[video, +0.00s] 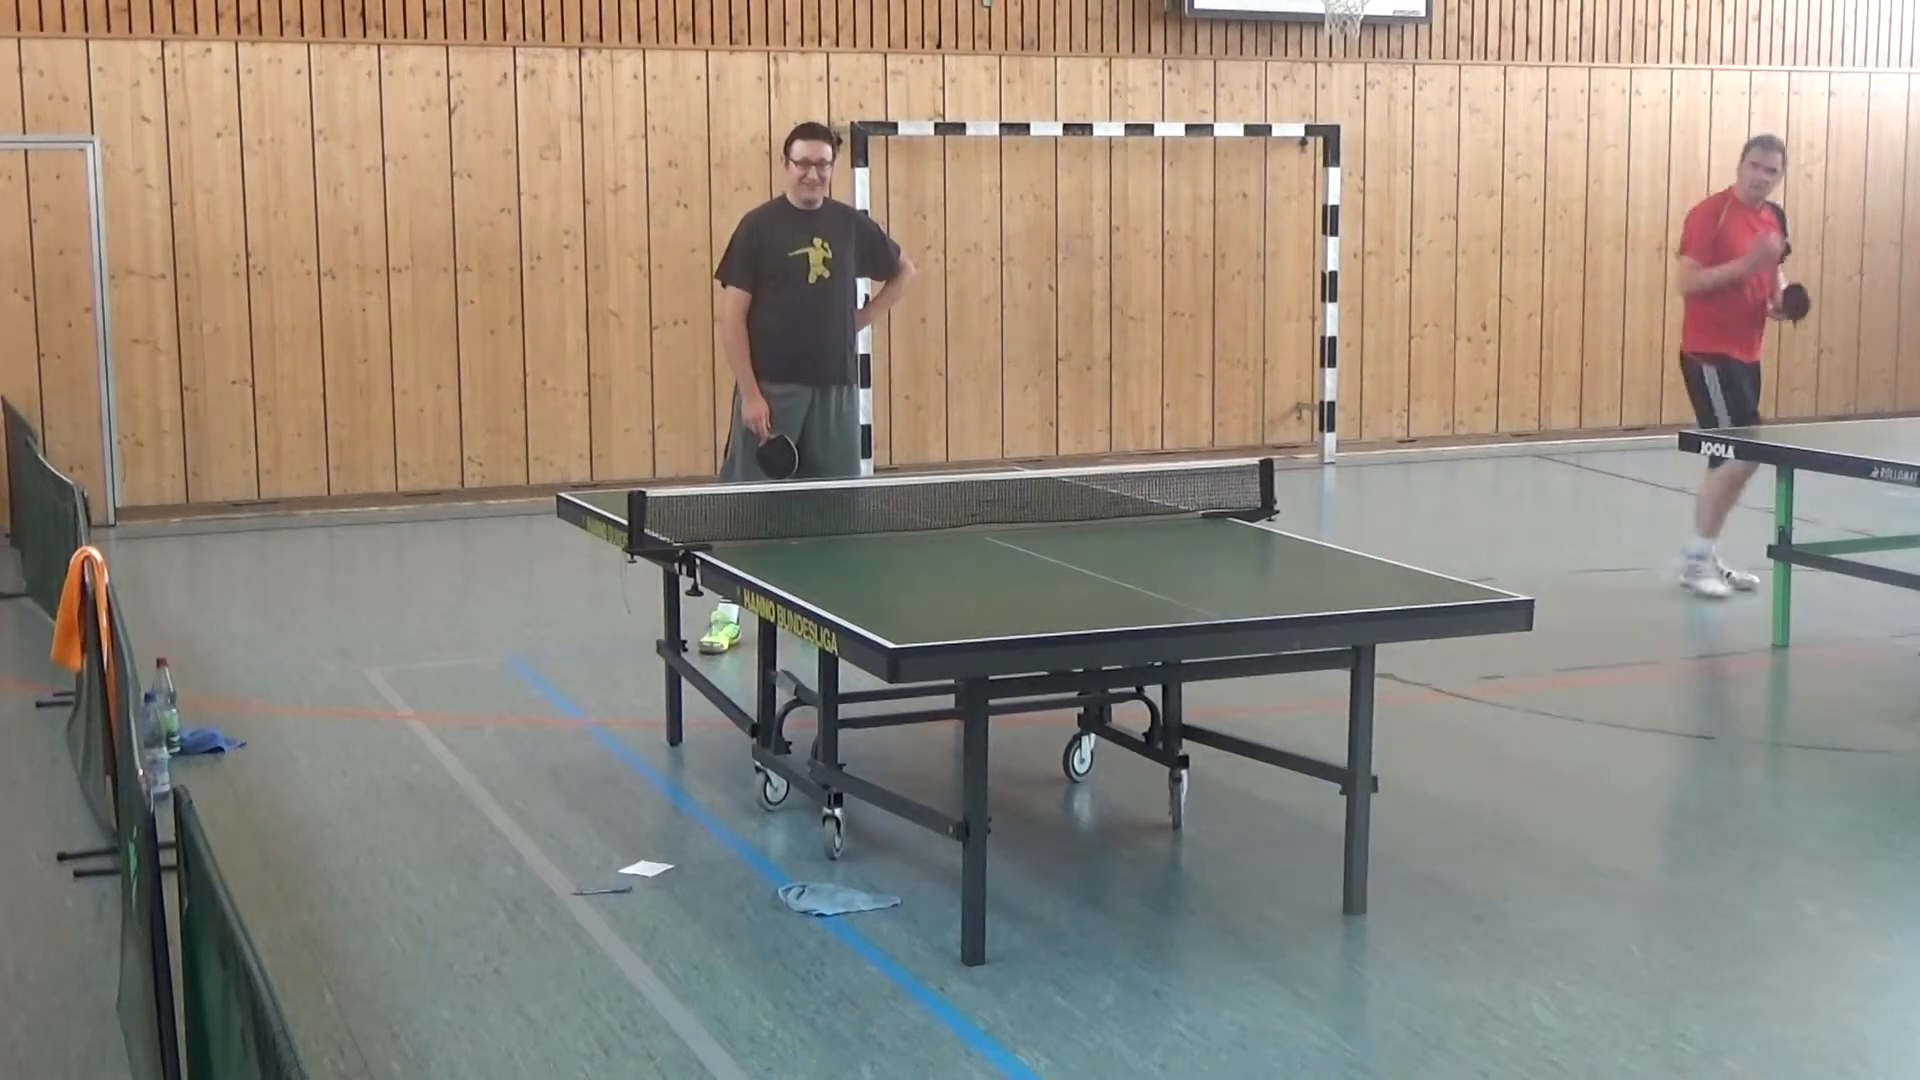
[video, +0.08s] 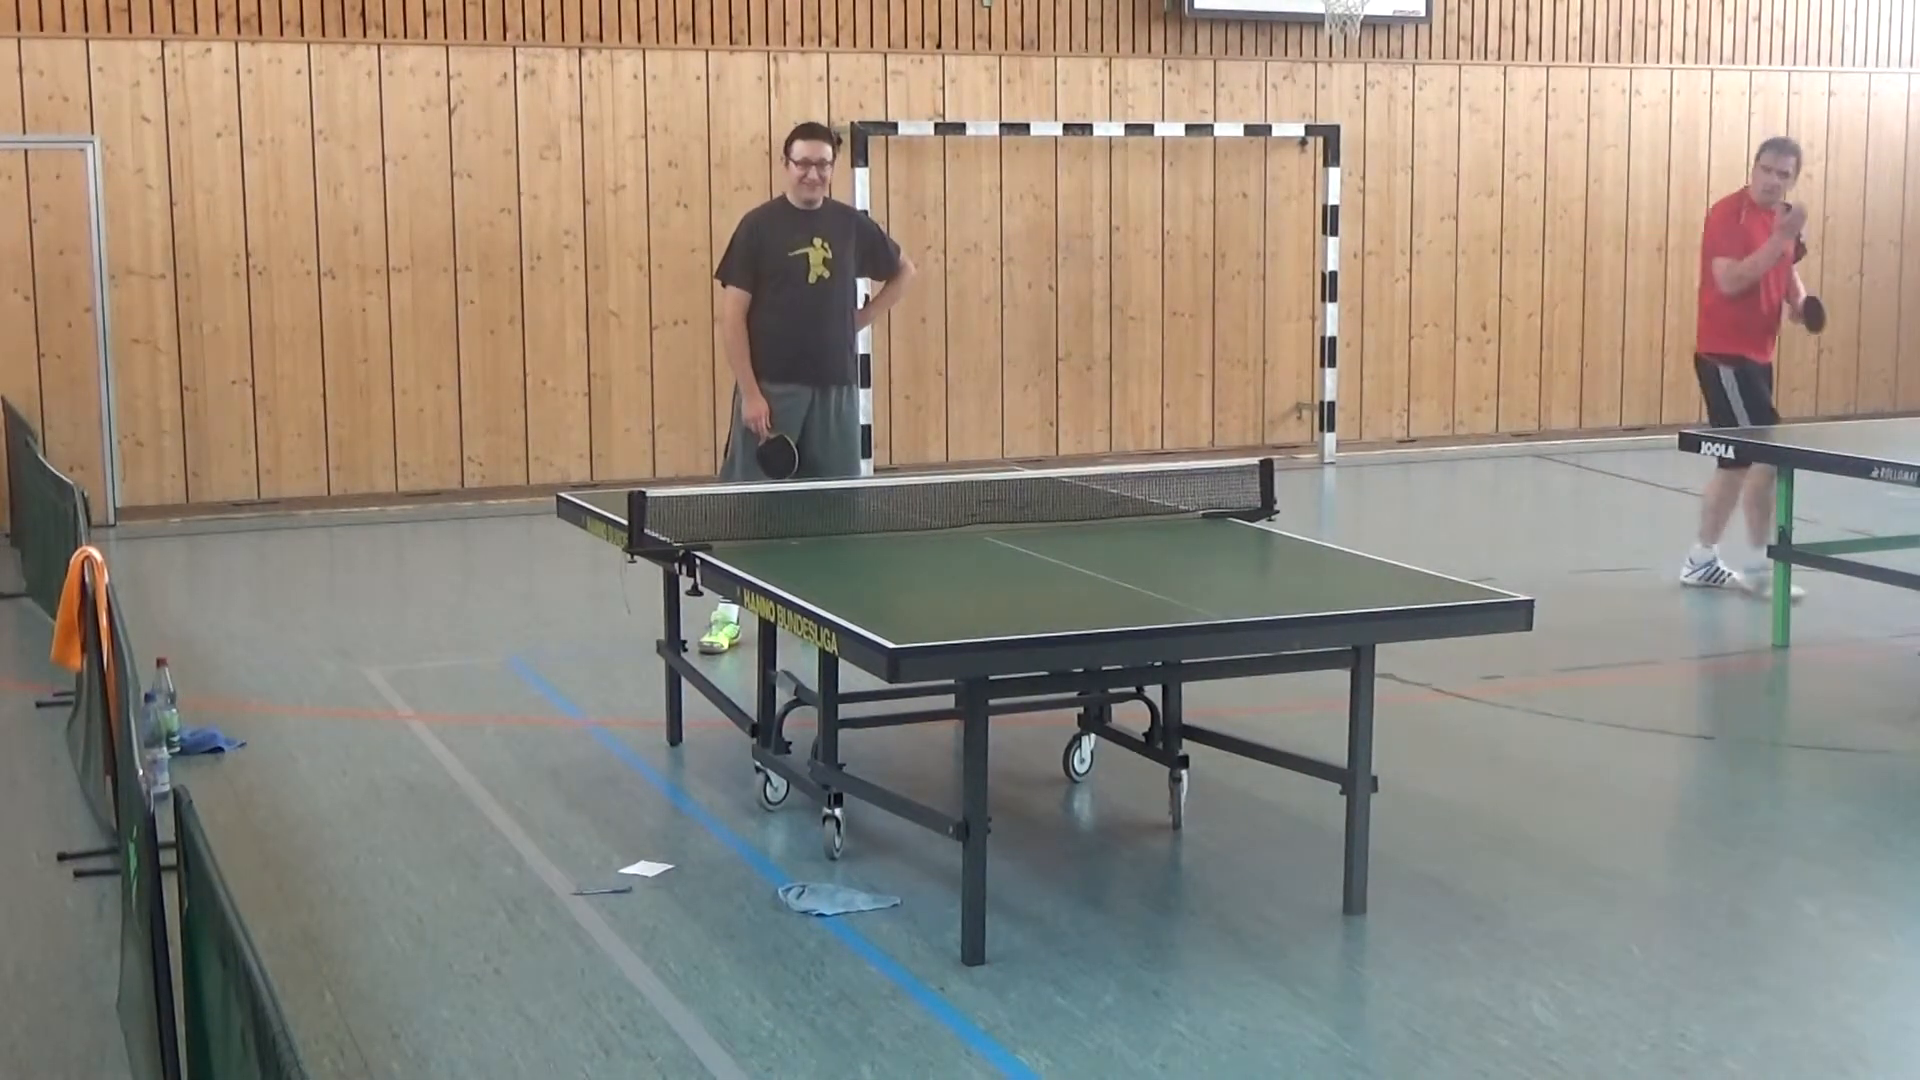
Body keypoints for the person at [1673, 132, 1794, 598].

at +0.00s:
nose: (1762, 177)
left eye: (1772, 171)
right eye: (1756, 166)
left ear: (1781, 176)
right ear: (1739, 165)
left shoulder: (1773, 218)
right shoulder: (1708, 213)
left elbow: (1770, 276)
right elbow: (1685, 282)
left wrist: (1780, 298)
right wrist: (1747, 263)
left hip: (1745, 353)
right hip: (1709, 352)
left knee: (1734, 459)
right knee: (1742, 453)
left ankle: (1707, 558)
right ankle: (1697, 560)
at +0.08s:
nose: (1773, 181)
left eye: (1784, 175)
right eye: (1767, 170)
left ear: (1793, 180)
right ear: (1752, 168)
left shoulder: (1783, 222)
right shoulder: (1726, 214)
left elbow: (1789, 278)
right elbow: (1728, 281)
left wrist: (1801, 303)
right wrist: (1779, 241)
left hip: (1757, 356)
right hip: (1725, 354)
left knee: (1736, 459)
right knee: (1765, 451)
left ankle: (1700, 560)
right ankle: (1760, 565)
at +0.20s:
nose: (1799, 188)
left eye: (1808, 182)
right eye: (1792, 178)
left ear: (1817, 184)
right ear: (1774, 175)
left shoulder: (1802, 220)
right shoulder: (1753, 218)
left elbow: (1806, 271)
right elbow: (1780, 277)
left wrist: (1829, 302)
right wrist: (1812, 222)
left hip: (1778, 359)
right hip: (1750, 360)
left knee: (1763, 465)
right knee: (1791, 461)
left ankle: (1709, 554)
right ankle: (1802, 569)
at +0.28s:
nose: (1816, 191)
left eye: (1825, 185)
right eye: (1809, 181)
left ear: (1831, 186)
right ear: (1788, 176)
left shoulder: (1811, 221)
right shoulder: (1768, 220)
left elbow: (1817, 273)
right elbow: (1802, 280)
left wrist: (1844, 299)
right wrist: (1828, 223)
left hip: (1795, 359)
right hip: (1766, 361)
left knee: (1804, 464)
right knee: (1808, 462)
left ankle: (1731, 537)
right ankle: (1806, 569)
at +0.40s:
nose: (1839, 192)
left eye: (1846, 185)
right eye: (1831, 182)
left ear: (1852, 188)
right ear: (1810, 178)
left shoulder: (1834, 224)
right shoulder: (1786, 223)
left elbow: (1839, 277)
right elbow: (1805, 292)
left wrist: (1875, 295)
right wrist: (1844, 240)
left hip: (1817, 359)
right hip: (1783, 364)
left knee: (1853, 449)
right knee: (1826, 460)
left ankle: (1786, 527)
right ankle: (1809, 567)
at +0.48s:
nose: (1852, 192)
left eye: (1859, 185)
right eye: (1844, 183)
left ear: (1866, 187)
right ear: (1823, 181)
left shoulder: (1849, 226)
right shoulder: (1796, 224)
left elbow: (1854, 278)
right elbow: (1788, 297)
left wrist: (1890, 295)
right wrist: (1845, 264)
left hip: (1830, 358)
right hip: (1791, 363)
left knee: (1870, 446)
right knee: (1830, 456)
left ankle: (1824, 543)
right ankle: (1810, 566)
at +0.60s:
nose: (1868, 198)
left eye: (1876, 190)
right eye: (1859, 188)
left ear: (1884, 192)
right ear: (1840, 186)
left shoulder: (1877, 232)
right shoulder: (1811, 226)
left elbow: (1882, 284)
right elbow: (1772, 292)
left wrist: (1903, 300)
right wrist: (1837, 320)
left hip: (1849, 362)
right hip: (1802, 364)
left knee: (1878, 458)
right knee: (1831, 462)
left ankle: (1888, 557)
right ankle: (1809, 569)